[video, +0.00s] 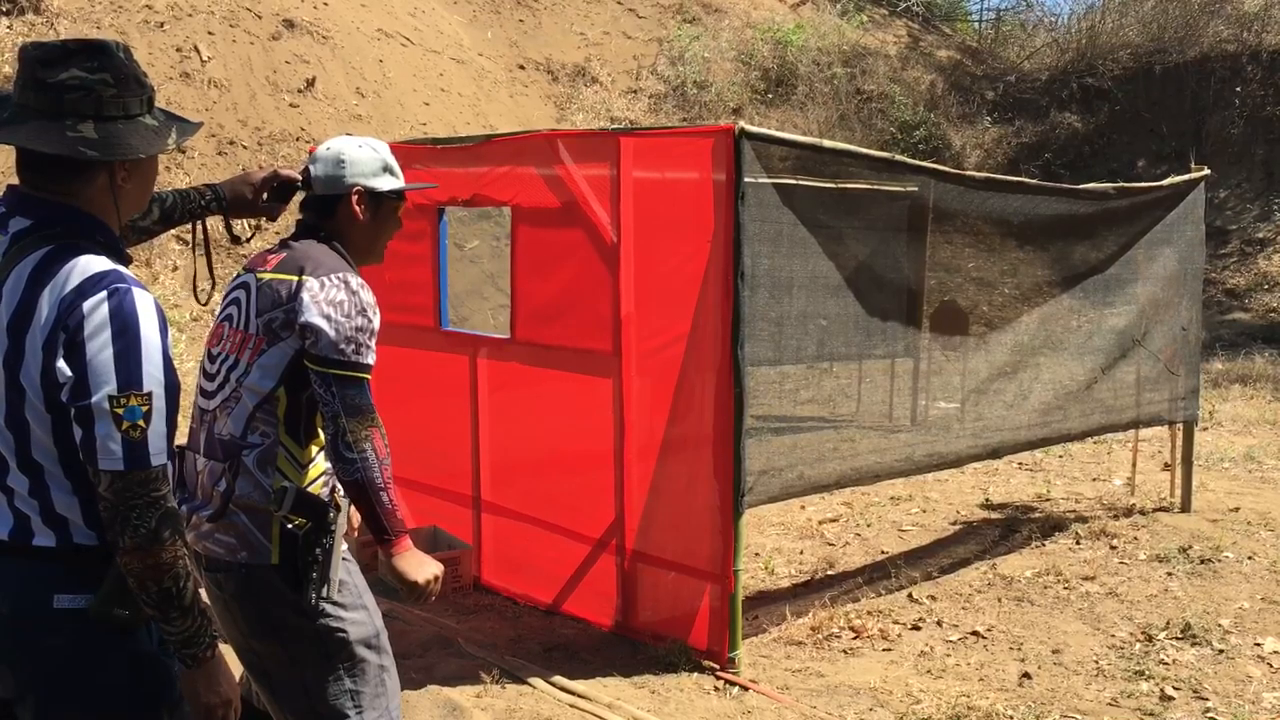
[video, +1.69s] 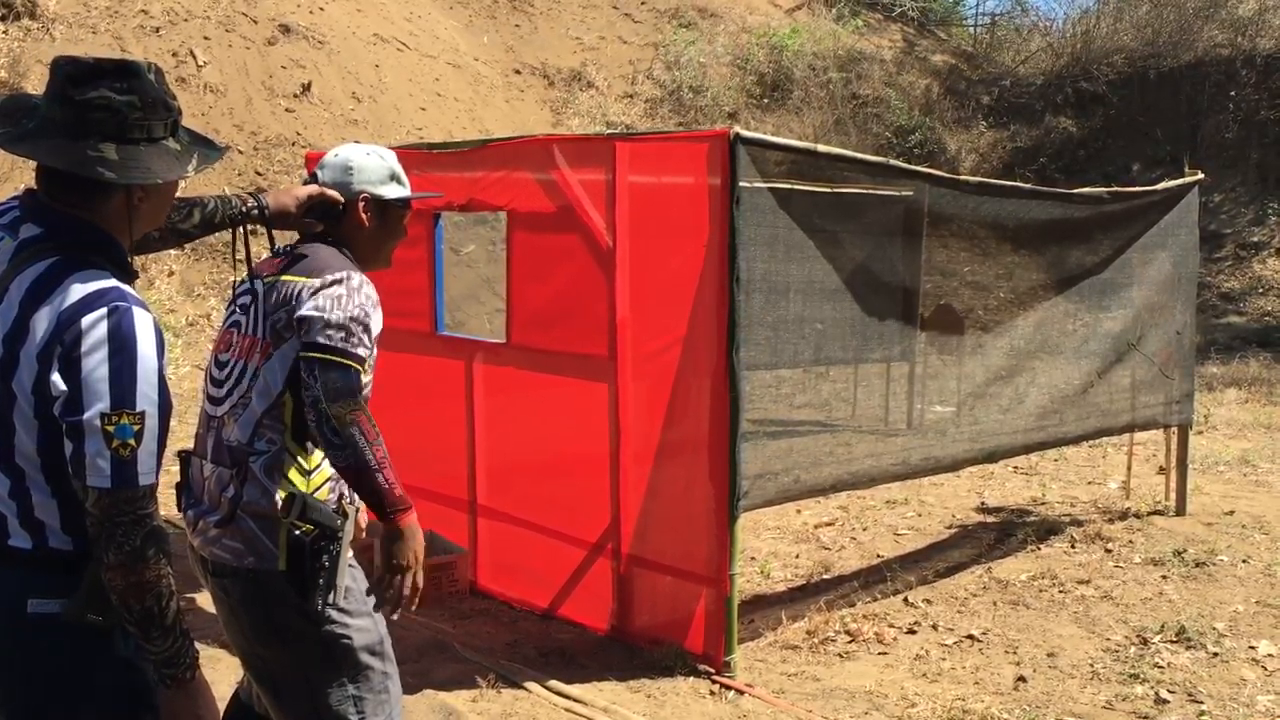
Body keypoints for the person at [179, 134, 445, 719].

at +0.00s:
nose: (402, 222)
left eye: (403, 207)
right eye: (397, 206)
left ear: (335, 201)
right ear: (358, 205)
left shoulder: (263, 266)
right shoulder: (337, 286)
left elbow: (273, 406)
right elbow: (352, 431)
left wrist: (334, 494)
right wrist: (401, 545)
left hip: (222, 531)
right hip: (280, 543)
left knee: (283, 694)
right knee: (363, 700)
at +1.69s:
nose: (405, 231)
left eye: (407, 217)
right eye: (401, 216)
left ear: (334, 210)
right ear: (362, 213)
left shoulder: (269, 272)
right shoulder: (342, 286)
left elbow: (266, 415)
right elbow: (336, 411)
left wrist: (337, 503)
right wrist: (401, 515)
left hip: (225, 528)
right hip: (281, 540)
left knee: (276, 687)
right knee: (367, 701)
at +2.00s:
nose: (422, 233)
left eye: (423, 219)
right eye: (417, 218)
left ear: (354, 214)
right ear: (378, 217)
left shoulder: (303, 270)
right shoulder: (349, 269)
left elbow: (291, 409)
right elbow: (298, 340)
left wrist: (362, 493)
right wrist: (344, 462)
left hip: (252, 530)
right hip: (300, 539)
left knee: (285, 683)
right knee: (363, 707)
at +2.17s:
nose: (410, 271)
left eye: (408, 257)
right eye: (401, 257)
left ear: (352, 261)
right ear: (363, 263)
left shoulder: (302, 310)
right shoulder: (350, 318)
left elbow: (350, 413)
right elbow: (390, 419)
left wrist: (451, 432)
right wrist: (472, 404)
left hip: (237, 549)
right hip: (297, 564)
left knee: (288, 643)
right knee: (390, 708)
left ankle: (257, 711)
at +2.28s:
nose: (391, 270)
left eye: (390, 258)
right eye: (381, 258)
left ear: (337, 261)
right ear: (343, 262)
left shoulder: (288, 308)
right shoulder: (340, 319)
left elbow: (391, 357)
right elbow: (414, 402)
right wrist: (488, 352)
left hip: (236, 533)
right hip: (293, 544)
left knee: (280, 628)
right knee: (348, 706)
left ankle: (255, 714)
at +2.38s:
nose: (386, 265)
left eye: (386, 253)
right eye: (378, 254)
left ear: (333, 255)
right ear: (338, 256)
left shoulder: (316, 291)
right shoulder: (323, 308)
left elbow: (417, 319)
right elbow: (413, 369)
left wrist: (501, 314)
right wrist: (493, 328)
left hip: (232, 502)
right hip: (262, 511)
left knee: (282, 615)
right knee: (366, 631)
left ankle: (254, 716)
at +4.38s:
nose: (395, 337)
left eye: (394, 327)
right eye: (387, 328)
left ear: (356, 327)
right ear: (356, 330)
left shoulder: (336, 348)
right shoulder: (327, 366)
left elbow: (418, 365)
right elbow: (414, 391)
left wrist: (497, 361)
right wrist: (496, 371)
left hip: (220, 497)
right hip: (235, 515)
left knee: (297, 545)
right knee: (335, 582)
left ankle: (260, 644)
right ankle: (269, 701)